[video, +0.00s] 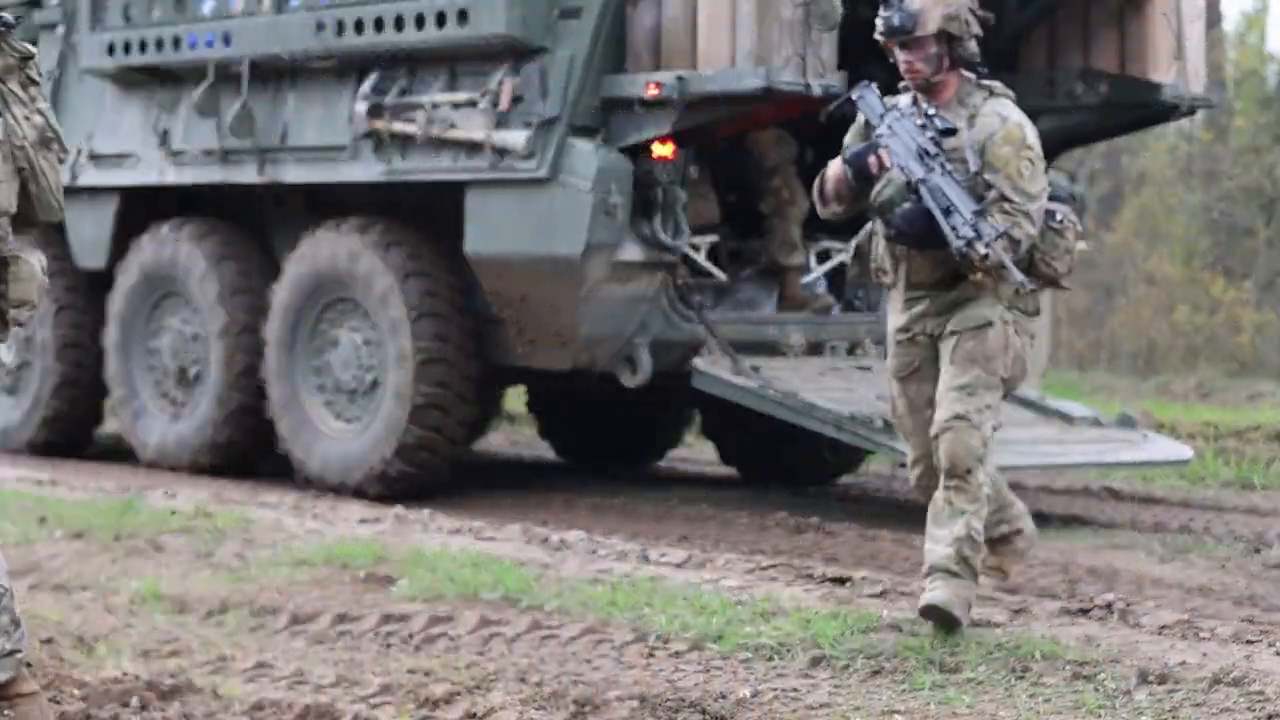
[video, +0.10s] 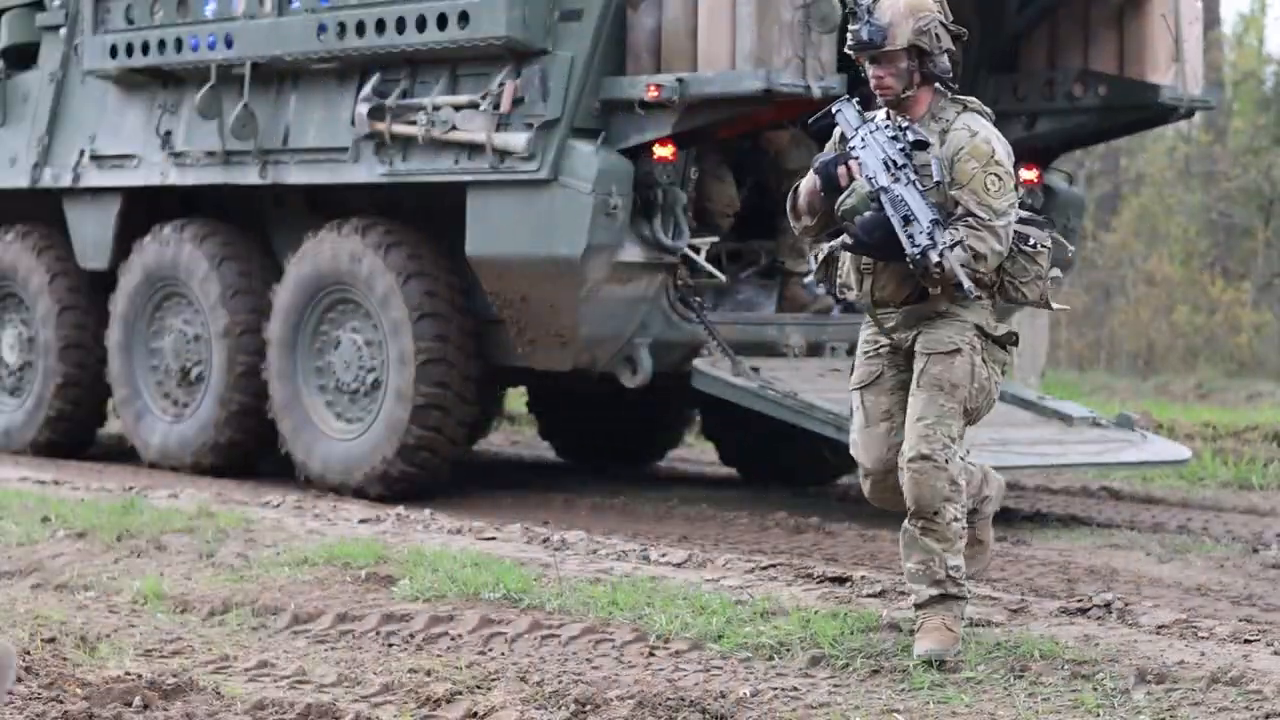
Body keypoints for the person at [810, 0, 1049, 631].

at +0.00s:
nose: (907, 60)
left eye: (919, 47)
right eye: (899, 49)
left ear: (952, 46)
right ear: (892, 51)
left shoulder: (1001, 123)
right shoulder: (883, 116)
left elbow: (1018, 225)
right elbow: (828, 202)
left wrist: (968, 246)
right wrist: (853, 170)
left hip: (982, 302)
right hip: (909, 306)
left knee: (958, 444)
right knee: (927, 460)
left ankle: (948, 587)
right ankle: (1007, 524)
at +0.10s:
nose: (876, 75)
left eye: (890, 62)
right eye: (869, 63)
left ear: (927, 61)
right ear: (862, 65)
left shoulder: (974, 140)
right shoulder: (860, 130)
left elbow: (978, 253)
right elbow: (809, 226)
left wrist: (905, 251)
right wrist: (820, 186)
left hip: (955, 320)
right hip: (881, 322)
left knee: (927, 468)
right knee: (880, 479)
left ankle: (939, 609)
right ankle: (978, 487)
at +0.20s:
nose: (837, 83)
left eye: (851, 69)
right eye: (832, 70)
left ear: (891, 69)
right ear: (825, 72)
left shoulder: (940, 151)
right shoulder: (827, 138)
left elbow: (949, 252)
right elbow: (776, 236)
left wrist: (879, 285)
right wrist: (786, 197)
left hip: (930, 340)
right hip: (846, 336)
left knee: (903, 466)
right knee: (818, 465)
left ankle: (937, 609)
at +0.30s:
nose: (790, 86)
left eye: (804, 73)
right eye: (784, 74)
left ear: (845, 71)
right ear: (780, 75)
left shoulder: (895, 153)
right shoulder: (792, 142)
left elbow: (904, 263)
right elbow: (740, 244)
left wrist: (813, 287)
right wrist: (743, 206)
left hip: (885, 350)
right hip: (804, 346)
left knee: (889, 501)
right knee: (767, 487)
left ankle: (936, 616)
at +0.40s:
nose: (742, 94)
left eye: (757, 81)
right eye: (738, 80)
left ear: (798, 82)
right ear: (737, 81)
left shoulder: (844, 164)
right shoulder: (747, 159)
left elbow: (848, 275)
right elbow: (701, 265)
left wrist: (765, 305)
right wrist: (697, 225)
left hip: (834, 376)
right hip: (754, 375)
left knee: (847, 527)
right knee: (736, 536)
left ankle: (925, 599)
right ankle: (751, 685)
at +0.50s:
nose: (685, 117)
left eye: (698, 103)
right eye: (681, 103)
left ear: (743, 103)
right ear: (685, 104)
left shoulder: (795, 186)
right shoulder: (691, 181)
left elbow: (793, 300)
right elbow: (634, 286)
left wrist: (706, 329)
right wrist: (634, 243)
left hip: (777, 398)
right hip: (693, 395)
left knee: (734, 533)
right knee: (665, 561)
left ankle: (836, 609)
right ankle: (738, 683)